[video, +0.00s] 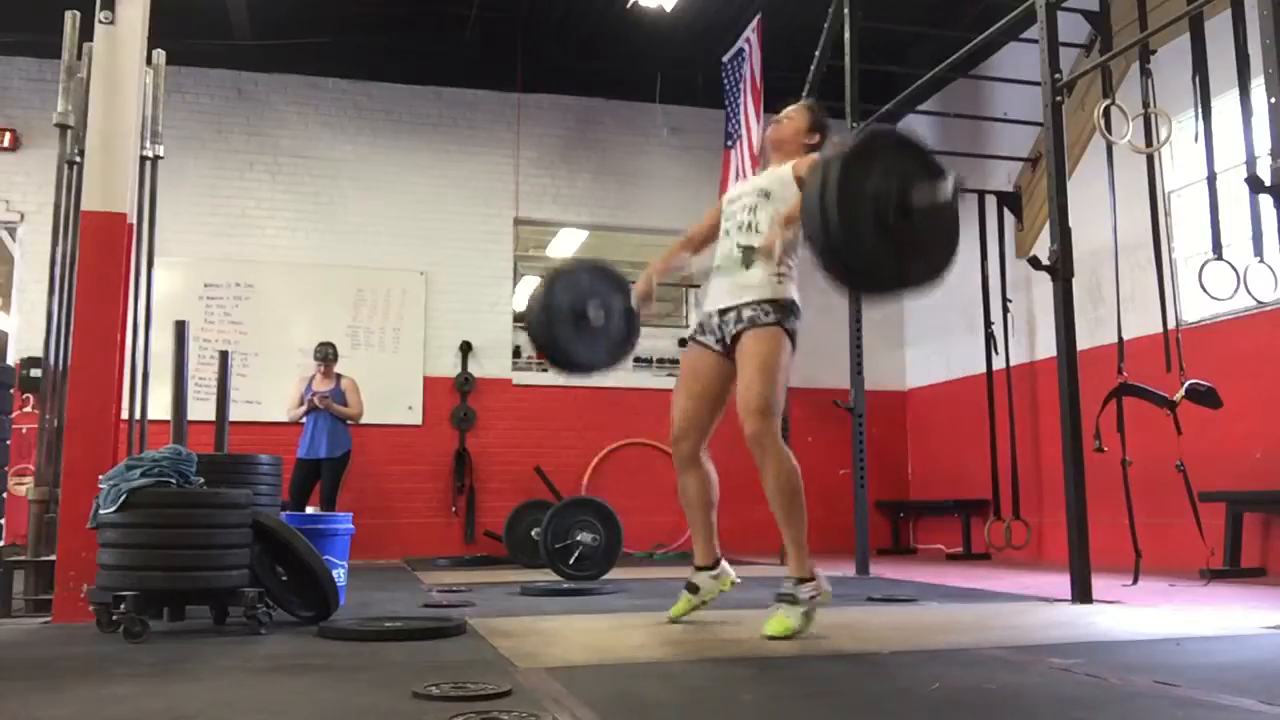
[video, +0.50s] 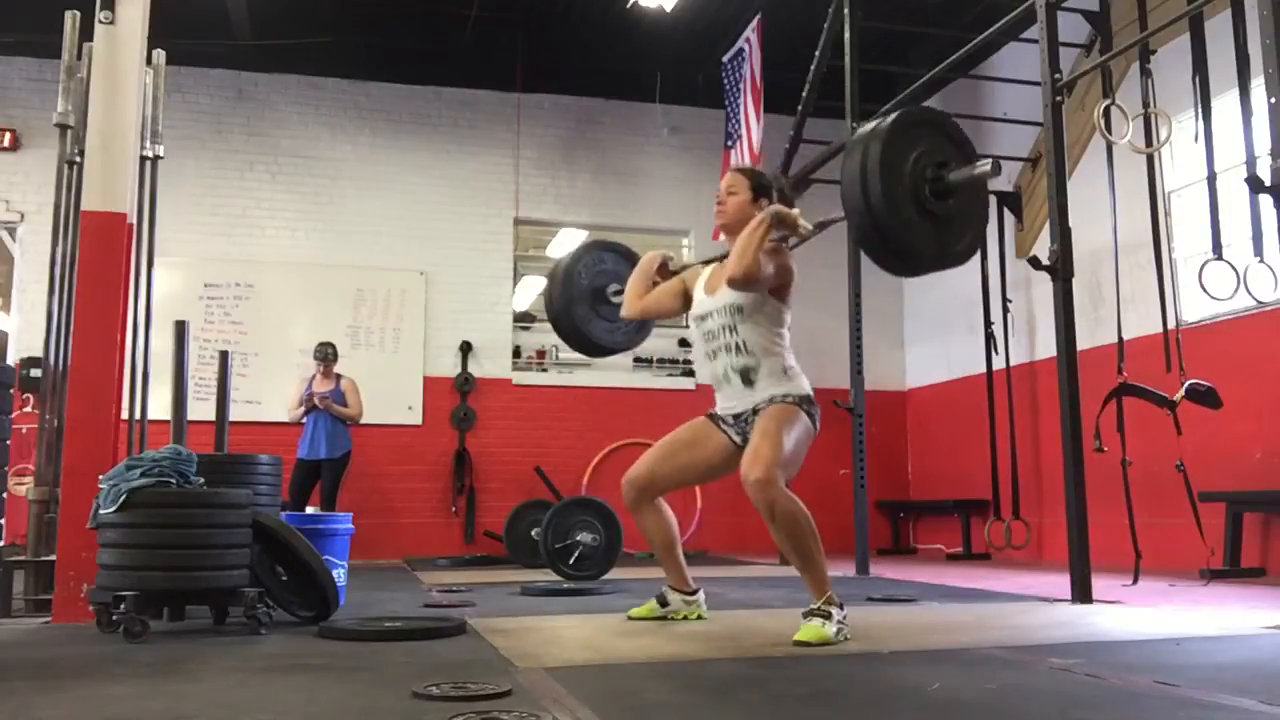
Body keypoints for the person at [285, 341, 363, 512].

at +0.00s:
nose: (323, 370)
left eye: (327, 366)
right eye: (319, 365)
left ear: (335, 362)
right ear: (315, 362)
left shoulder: (346, 383)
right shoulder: (305, 383)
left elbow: (356, 415)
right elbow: (291, 416)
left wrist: (330, 406)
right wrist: (307, 406)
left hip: (335, 449)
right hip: (309, 449)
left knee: (327, 501)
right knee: (296, 498)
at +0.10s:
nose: (323, 370)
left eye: (327, 366)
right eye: (319, 365)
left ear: (335, 362)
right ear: (315, 362)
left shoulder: (346, 383)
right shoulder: (305, 383)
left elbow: (356, 415)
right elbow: (291, 416)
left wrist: (330, 406)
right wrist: (306, 407)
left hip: (336, 450)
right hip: (309, 449)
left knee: (327, 501)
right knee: (296, 498)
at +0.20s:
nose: (323, 370)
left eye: (327, 366)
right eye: (319, 365)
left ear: (335, 362)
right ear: (315, 362)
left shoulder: (346, 383)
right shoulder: (305, 383)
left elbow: (356, 415)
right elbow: (291, 416)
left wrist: (330, 406)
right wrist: (306, 407)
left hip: (336, 450)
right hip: (309, 449)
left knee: (327, 501)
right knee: (296, 499)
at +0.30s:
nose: (323, 370)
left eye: (327, 366)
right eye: (319, 365)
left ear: (335, 362)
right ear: (315, 362)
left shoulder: (346, 383)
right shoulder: (305, 383)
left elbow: (356, 415)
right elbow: (291, 416)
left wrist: (330, 406)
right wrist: (307, 406)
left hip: (336, 450)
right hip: (309, 449)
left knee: (327, 501)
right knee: (296, 499)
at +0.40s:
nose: (323, 370)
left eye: (327, 366)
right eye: (319, 365)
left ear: (335, 362)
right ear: (315, 362)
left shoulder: (346, 383)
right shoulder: (306, 383)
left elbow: (356, 415)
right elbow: (291, 416)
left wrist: (330, 406)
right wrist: (306, 407)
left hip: (336, 450)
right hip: (309, 449)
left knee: (327, 501)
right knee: (296, 498)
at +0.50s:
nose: (322, 370)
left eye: (327, 366)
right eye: (319, 365)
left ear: (335, 363)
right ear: (314, 362)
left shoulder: (346, 384)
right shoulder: (306, 383)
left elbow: (356, 415)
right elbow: (291, 417)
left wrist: (330, 406)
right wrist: (305, 407)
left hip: (336, 449)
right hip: (309, 449)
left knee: (327, 501)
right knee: (296, 498)